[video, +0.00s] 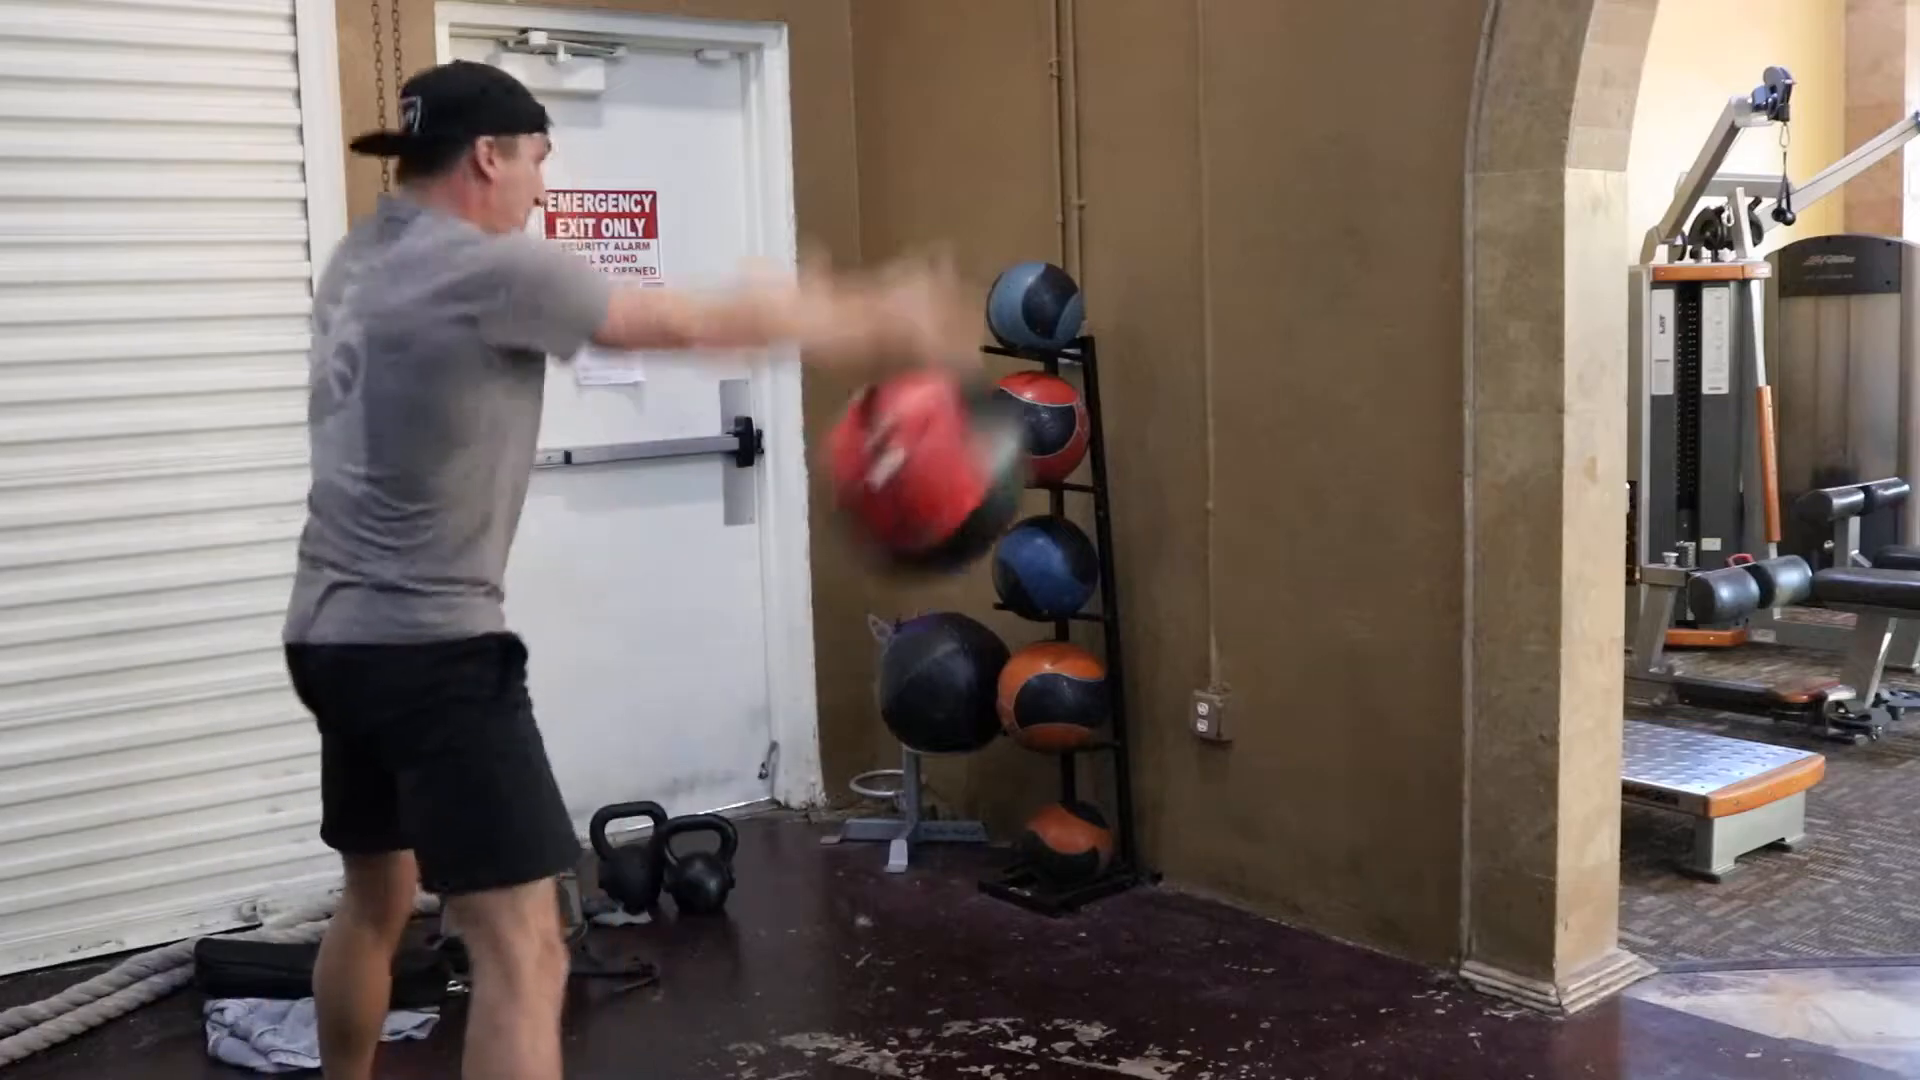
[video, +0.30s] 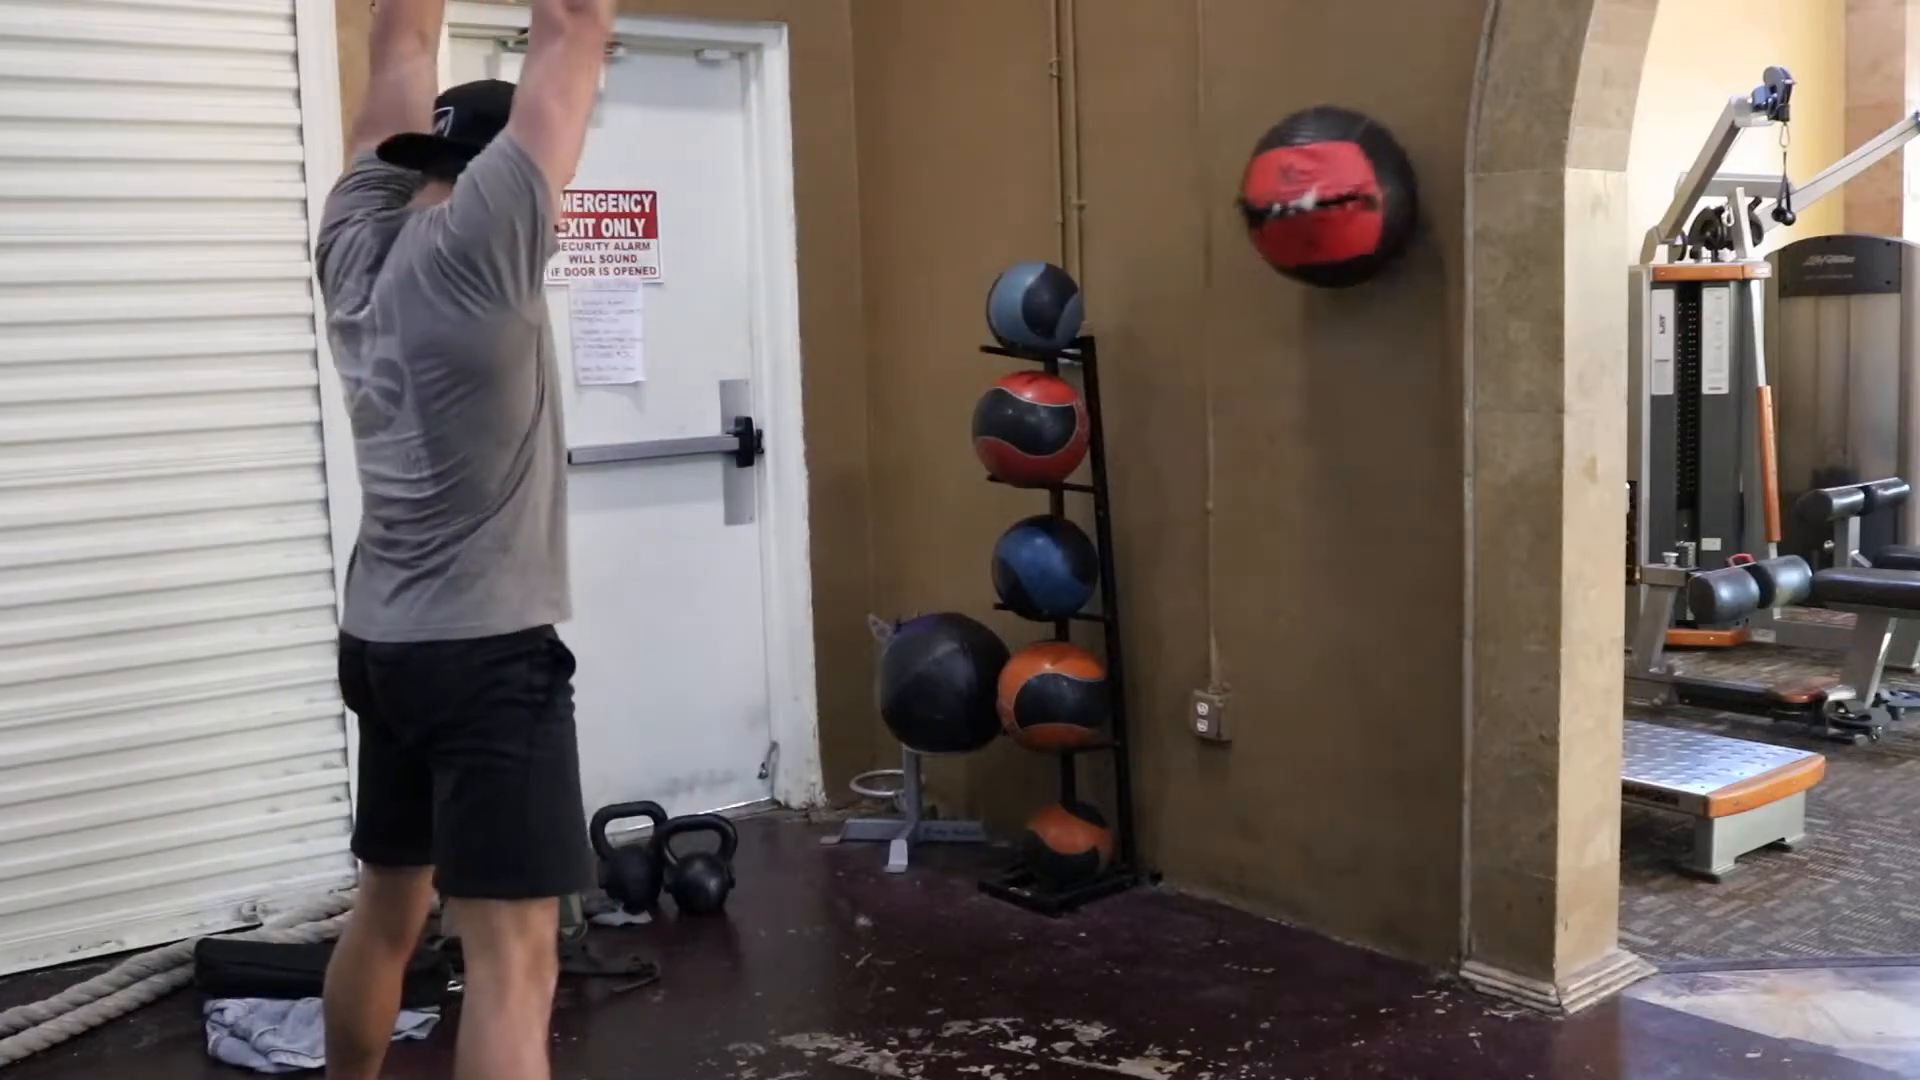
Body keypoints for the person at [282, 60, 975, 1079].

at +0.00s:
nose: (540, 190)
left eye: (543, 168)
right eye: (536, 166)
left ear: (427, 158)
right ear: (482, 160)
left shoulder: (360, 256)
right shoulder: (490, 267)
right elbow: (689, 323)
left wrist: (753, 302)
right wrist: (875, 317)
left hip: (332, 637)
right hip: (433, 646)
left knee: (371, 903)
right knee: (522, 949)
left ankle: (345, 1072)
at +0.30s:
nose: (548, 185)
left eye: (540, 165)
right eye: (540, 165)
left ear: (429, 157)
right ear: (491, 164)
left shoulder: (356, 251)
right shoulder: (476, 246)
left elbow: (403, 35)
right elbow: (576, 19)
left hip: (380, 637)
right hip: (489, 649)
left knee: (387, 903)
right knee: (513, 966)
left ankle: (350, 1070)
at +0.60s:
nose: (550, 214)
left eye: (554, 193)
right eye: (544, 191)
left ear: (427, 173)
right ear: (488, 175)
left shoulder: (324, 263)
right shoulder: (453, 270)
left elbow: (454, 235)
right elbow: (711, 268)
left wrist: (584, 210)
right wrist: (777, 171)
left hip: (335, 651)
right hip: (441, 659)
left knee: (363, 920)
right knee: (517, 961)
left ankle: (339, 1077)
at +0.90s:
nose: (630, 325)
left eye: (638, 299)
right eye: (632, 295)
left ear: (558, 271)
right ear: (582, 272)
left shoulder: (394, 348)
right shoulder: (534, 380)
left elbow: (363, 581)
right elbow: (670, 610)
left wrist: (506, 709)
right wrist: (781, 700)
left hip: (262, 669)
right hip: (357, 689)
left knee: (370, 920)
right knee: (538, 980)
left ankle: (348, 1074)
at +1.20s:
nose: (666, 500)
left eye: (674, 478)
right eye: (669, 474)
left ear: (582, 443)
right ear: (620, 455)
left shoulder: (419, 480)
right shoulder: (566, 541)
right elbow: (749, 738)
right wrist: (911, 836)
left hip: (197, 747)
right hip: (284, 768)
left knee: (373, 887)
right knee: (569, 988)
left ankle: (336, 1071)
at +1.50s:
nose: (686, 585)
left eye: (695, 561)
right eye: (688, 557)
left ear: (580, 520)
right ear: (645, 537)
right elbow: (607, 886)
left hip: (190, 786)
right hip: (291, 811)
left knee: (388, 880)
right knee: (589, 997)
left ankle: (345, 1066)